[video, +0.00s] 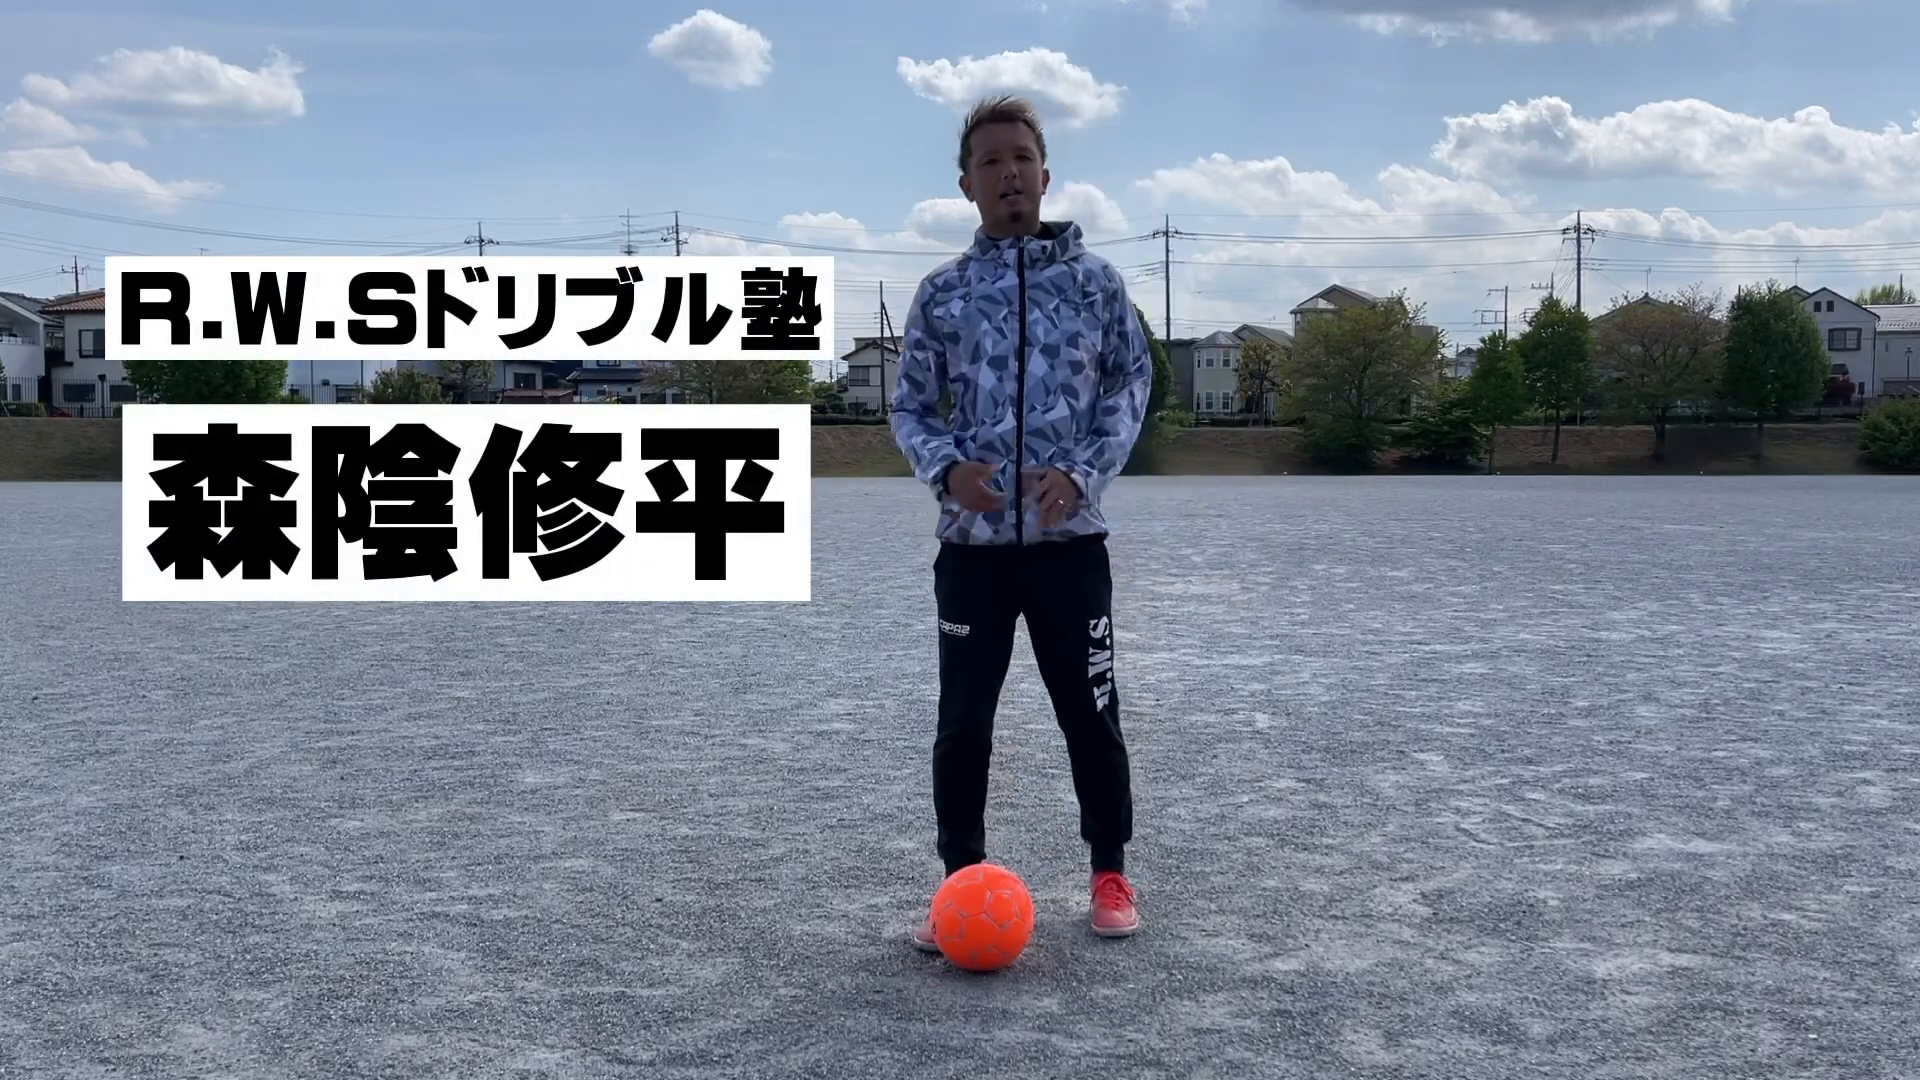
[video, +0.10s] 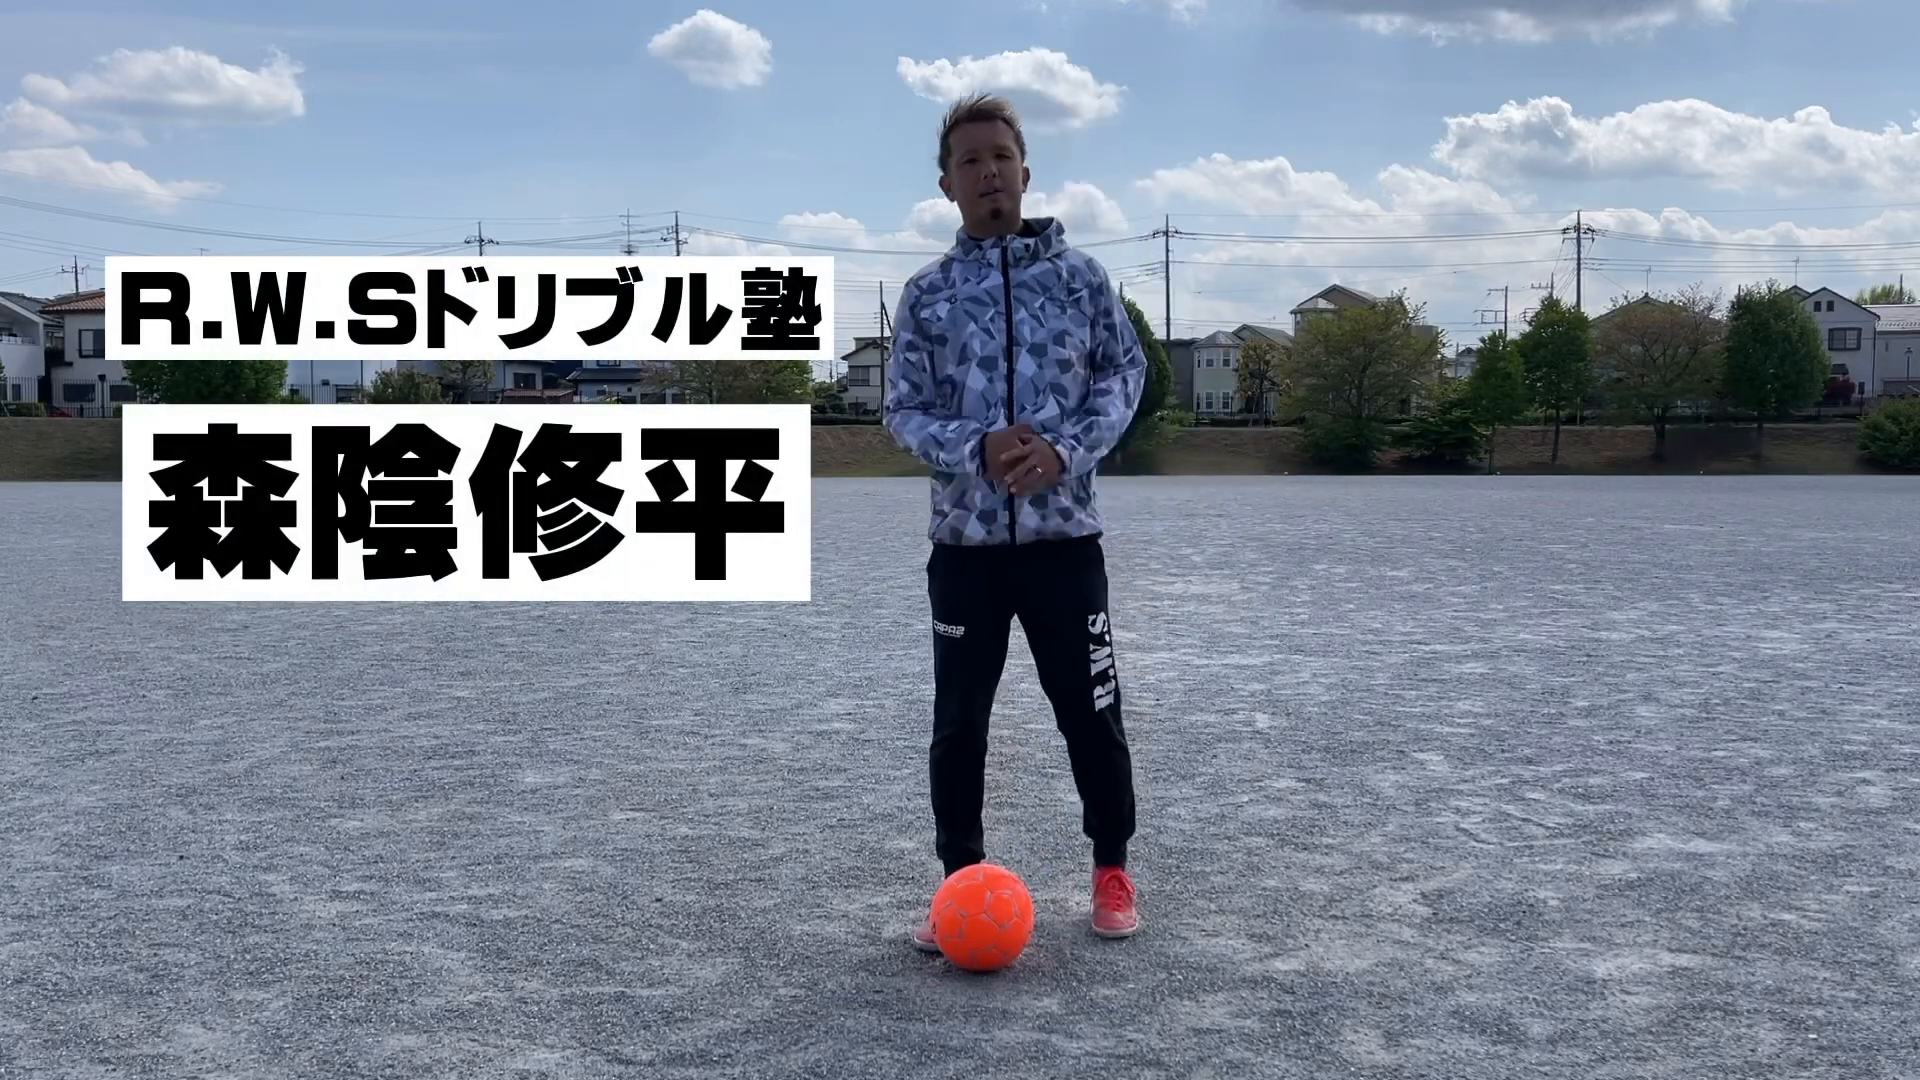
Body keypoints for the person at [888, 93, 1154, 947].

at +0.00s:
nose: (1010, 173)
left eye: (1023, 158)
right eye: (991, 161)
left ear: (1046, 171)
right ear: (967, 180)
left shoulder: (1093, 280)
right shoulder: (943, 292)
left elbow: (1130, 388)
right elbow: (910, 408)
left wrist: (1087, 471)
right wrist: (946, 466)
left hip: (1068, 541)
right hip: (974, 545)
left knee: (1091, 713)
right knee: (962, 719)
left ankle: (1108, 874)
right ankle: (961, 888)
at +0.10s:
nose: (989, 172)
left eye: (1001, 156)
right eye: (970, 161)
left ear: (1025, 169)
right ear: (948, 182)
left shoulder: (1080, 275)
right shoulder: (927, 292)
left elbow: (1126, 377)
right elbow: (902, 411)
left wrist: (1067, 448)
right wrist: (976, 451)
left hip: (1063, 536)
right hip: (966, 540)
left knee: (1090, 710)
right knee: (959, 721)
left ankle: (1111, 868)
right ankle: (960, 888)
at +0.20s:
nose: (976, 172)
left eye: (987, 156)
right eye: (956, 163)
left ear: (1010, 168)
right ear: (933, 187)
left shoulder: (1070, 273)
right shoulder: (919, 294)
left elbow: (1121, 373)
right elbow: (902, 418)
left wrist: (1061, 426)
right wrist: (984, 440)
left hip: (1062, 536)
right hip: (965, 541)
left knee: (1093, 707)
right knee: (957, 723)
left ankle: (1112, 863)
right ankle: (960, 888)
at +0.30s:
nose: (969, 174)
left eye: (980, 156)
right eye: (948, 164)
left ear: (1003, 166)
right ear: (926, 188)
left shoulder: (1066, 271)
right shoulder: (913, 295)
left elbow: (1121, 370)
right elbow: (900, 415)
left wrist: (1068, 427)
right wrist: (985, 435)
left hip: (1063, 534)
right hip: (966, 541)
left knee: (1094, 709)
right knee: (959, 721)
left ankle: (1111, 873)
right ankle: (961, 887)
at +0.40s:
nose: (971, 176)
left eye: (982, 159)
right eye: (951, 166)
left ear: (1008, 167)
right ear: (930, 187)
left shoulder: (1073, 273)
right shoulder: (918, 295)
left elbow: (1122, 375)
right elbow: (902, 418)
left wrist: (1072, 434)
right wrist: (989, 442)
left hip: (1065, 539)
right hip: (968, 545)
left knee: (1089, 723)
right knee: (960, 728)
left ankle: (1105, 896)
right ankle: (961, 894)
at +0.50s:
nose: (983, 176)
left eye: (994, 159)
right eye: (964, 166)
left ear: (1021, 165)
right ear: (943, 185)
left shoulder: (1085, 274)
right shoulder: (930, 295)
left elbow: (1132, 378)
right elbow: (908, 415)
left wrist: (1074, 438)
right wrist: (987, 447)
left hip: (1066, 540)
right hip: (969, 544)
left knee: (1082, 727)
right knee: (963, 727)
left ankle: (1099, 905)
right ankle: (962, 895)